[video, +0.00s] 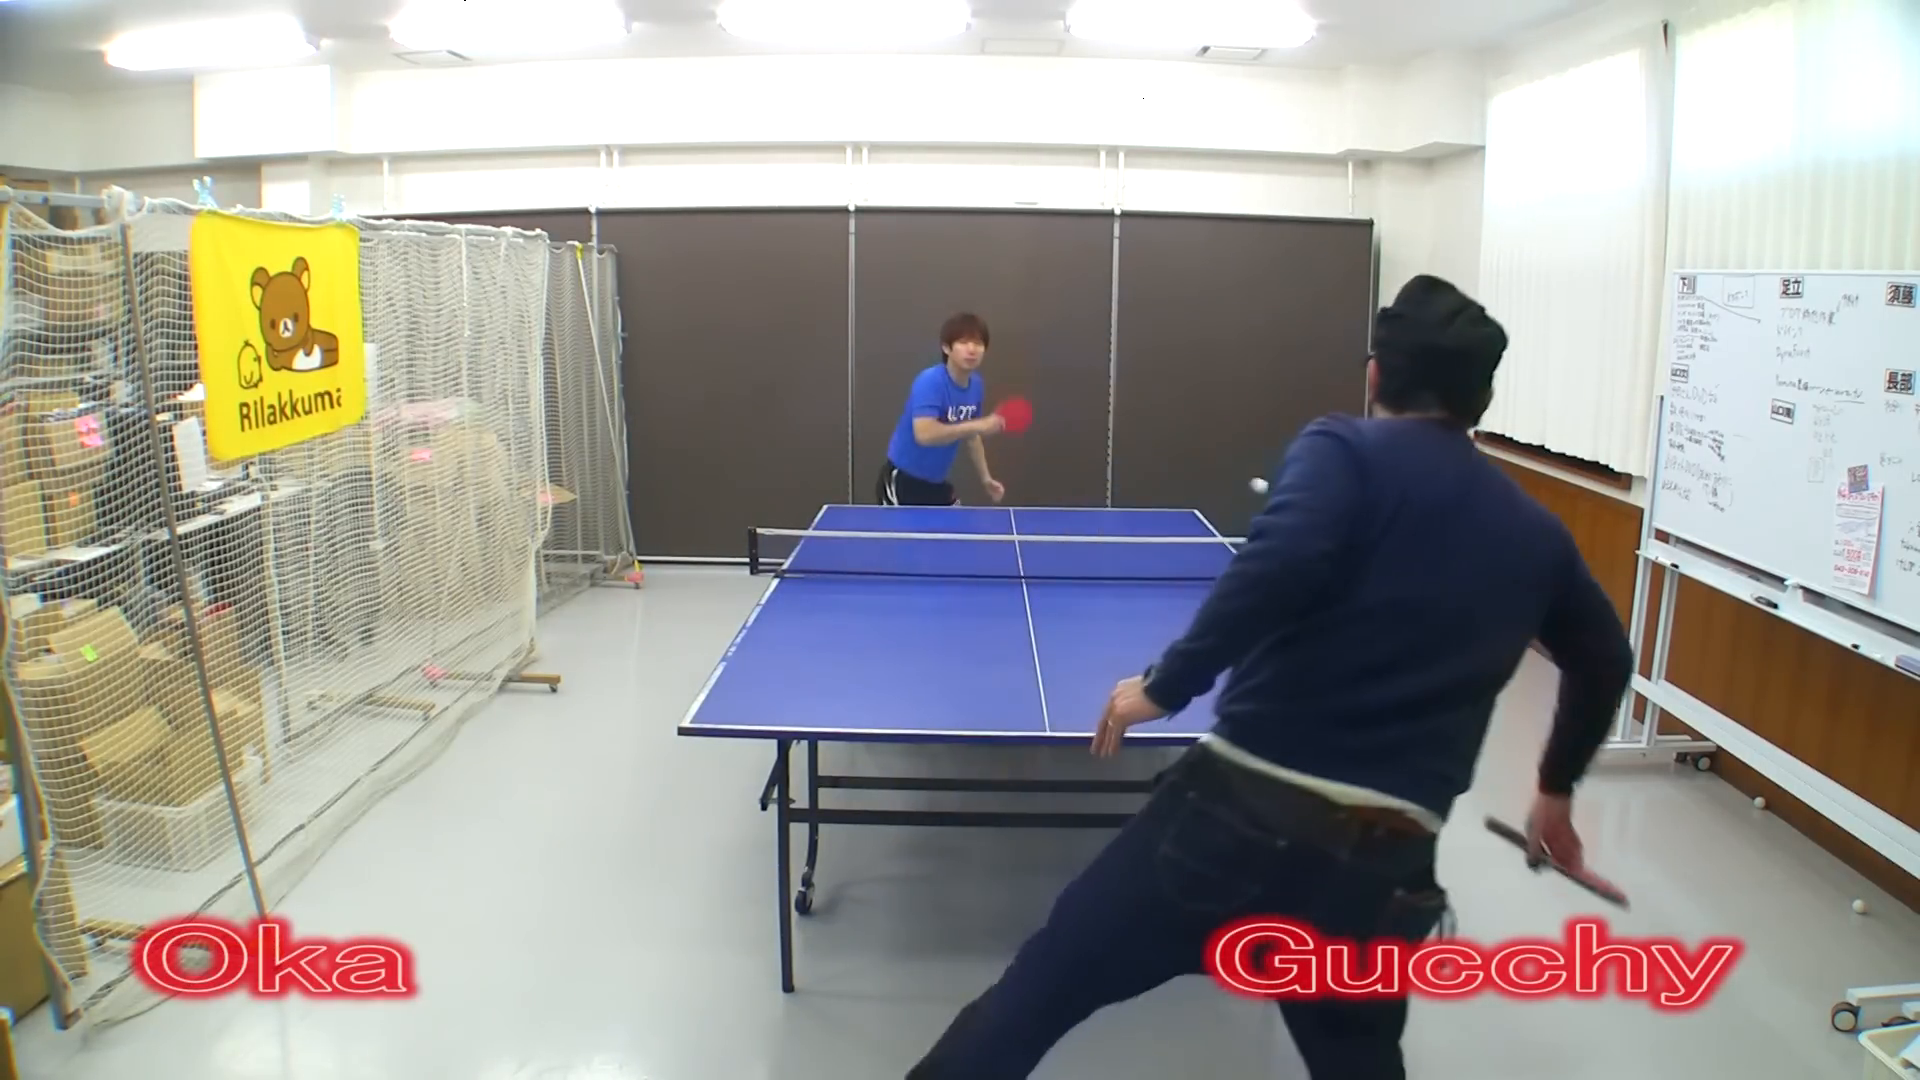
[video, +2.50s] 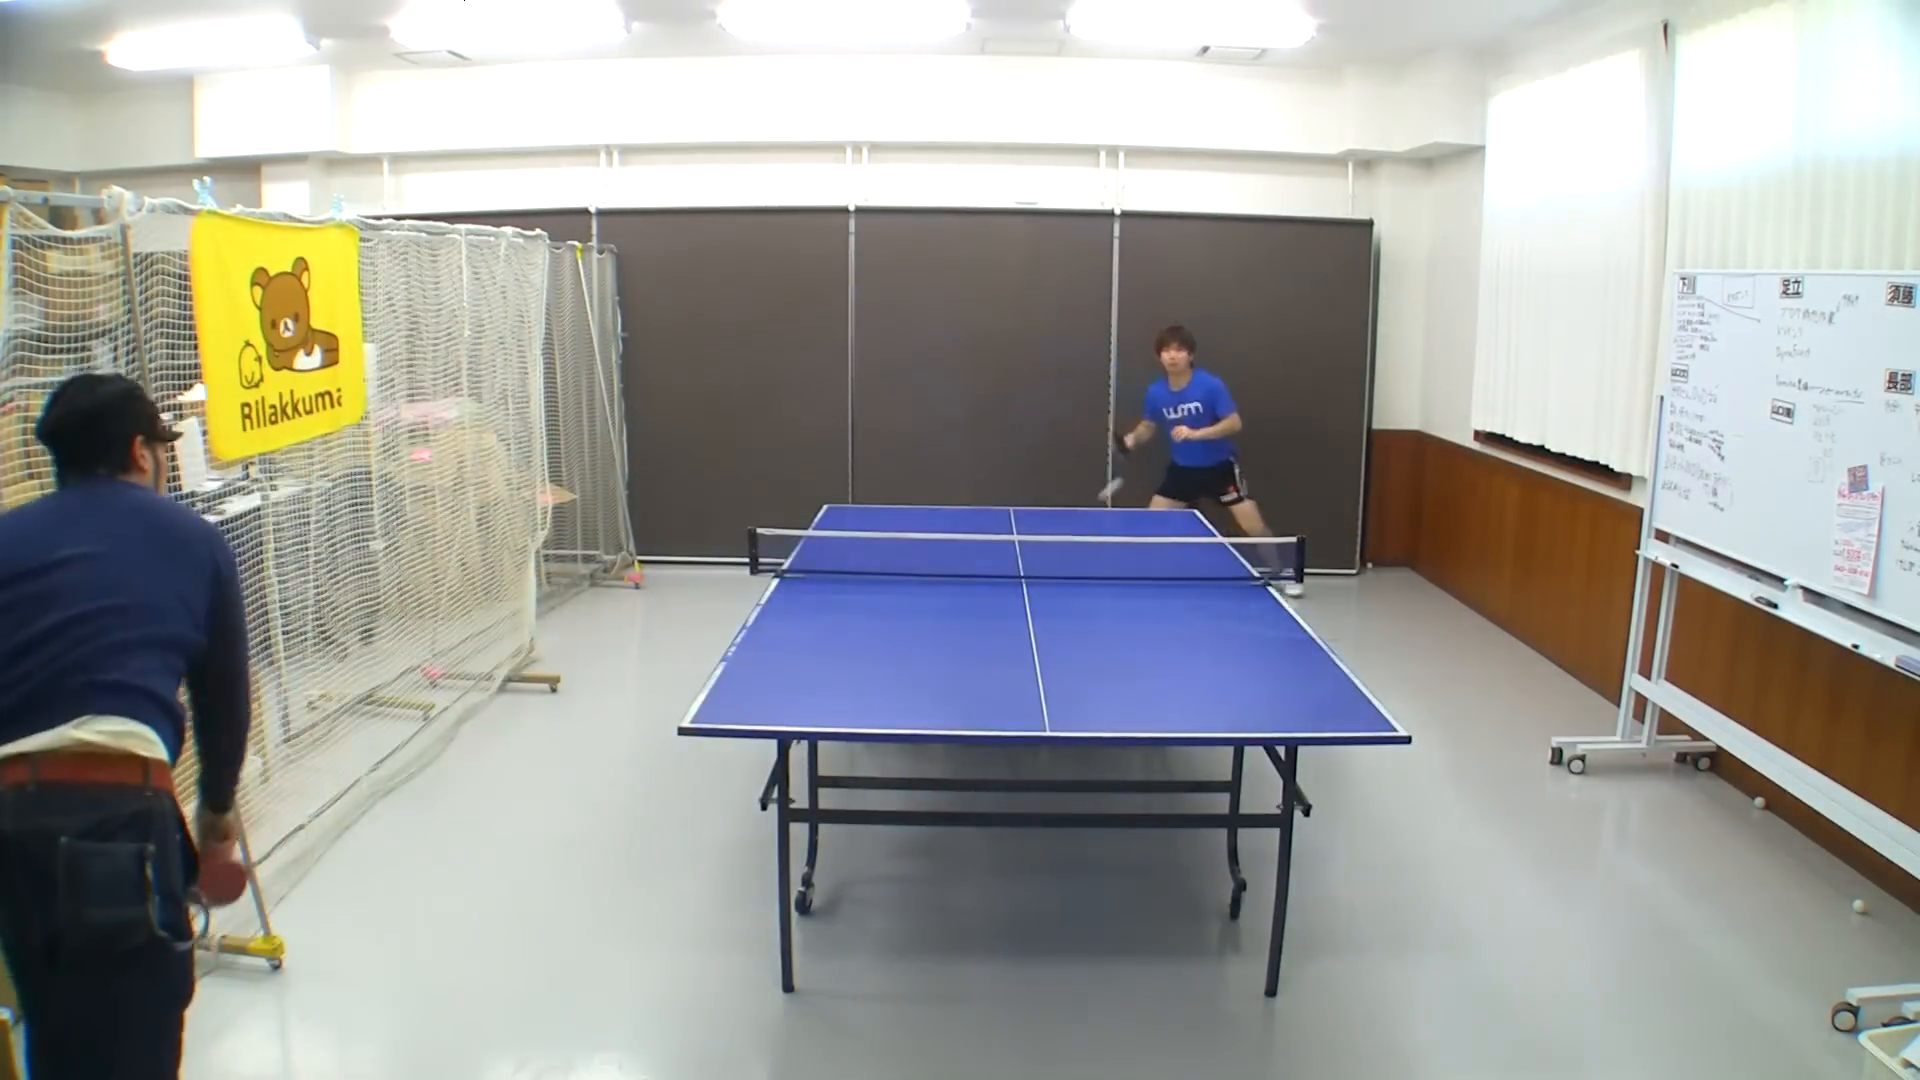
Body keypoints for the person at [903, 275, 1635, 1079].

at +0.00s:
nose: (1365, 371)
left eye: (1370, 361)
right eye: (1376, 359)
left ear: (1377, 375)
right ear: (1480, 399)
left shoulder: (1340, 449)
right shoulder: (1533, 530)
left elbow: (1285, 562)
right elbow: (1602, 659)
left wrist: (1161, 686)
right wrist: (1556, 788)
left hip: (1231, 828)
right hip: (1384, 869)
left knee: (1037, 997)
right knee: (1363, 1066)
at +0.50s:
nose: (1486, 364)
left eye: (1489, 350)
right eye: (1491, 345)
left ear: (1499, 363)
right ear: (1601, 383)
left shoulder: (1441, 458)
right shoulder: (1650, 526)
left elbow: (1305, 572)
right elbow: (1701, 705)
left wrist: (1152, 641)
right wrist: (1646, 809)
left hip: (1380, 847)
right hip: (1528, 868)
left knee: (1240, 1053)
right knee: (1487, 1063)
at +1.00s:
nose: (1351, 363)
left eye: (1356, 349)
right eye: (1356, 347)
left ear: (1368, 366)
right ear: (1466, 374)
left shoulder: (1333, 484)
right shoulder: (1523, 512)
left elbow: (1302, 658)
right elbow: (1538, 678)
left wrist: (1210, 789)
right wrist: (1422, 705)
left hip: (1317, 882)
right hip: (1458, 882)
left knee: (1180, 1068)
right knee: (1450, 1069)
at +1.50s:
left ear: (824, 364)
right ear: (948, 372)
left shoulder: (746, 507)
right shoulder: (1007, 516)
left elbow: (598, 615)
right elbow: (1068, 682)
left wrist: (605, 673)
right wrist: (974, 621)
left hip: (844, 896)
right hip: (993, 881)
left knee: (922, 1067)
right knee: (1056, 1065)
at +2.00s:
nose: (352, 399)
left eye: (345, 382)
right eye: (344, 384)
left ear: (234, 419)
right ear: (326, 409)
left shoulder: (290, 507)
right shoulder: (235, 565)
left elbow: (352, 547)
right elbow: (274, 676)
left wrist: (419, 577)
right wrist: (346, 569)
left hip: (229, 873)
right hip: (293, 898)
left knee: (206, 1042)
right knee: (384, 1066)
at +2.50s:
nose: (165, 464)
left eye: (163, 449)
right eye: (161, 449)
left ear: (60, 459)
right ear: (139, 452)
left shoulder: (9, 531)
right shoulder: (192, 537)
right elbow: (225, 698)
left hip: (10, 806)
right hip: (123, 813)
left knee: (52, 1032)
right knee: (138, 1039)